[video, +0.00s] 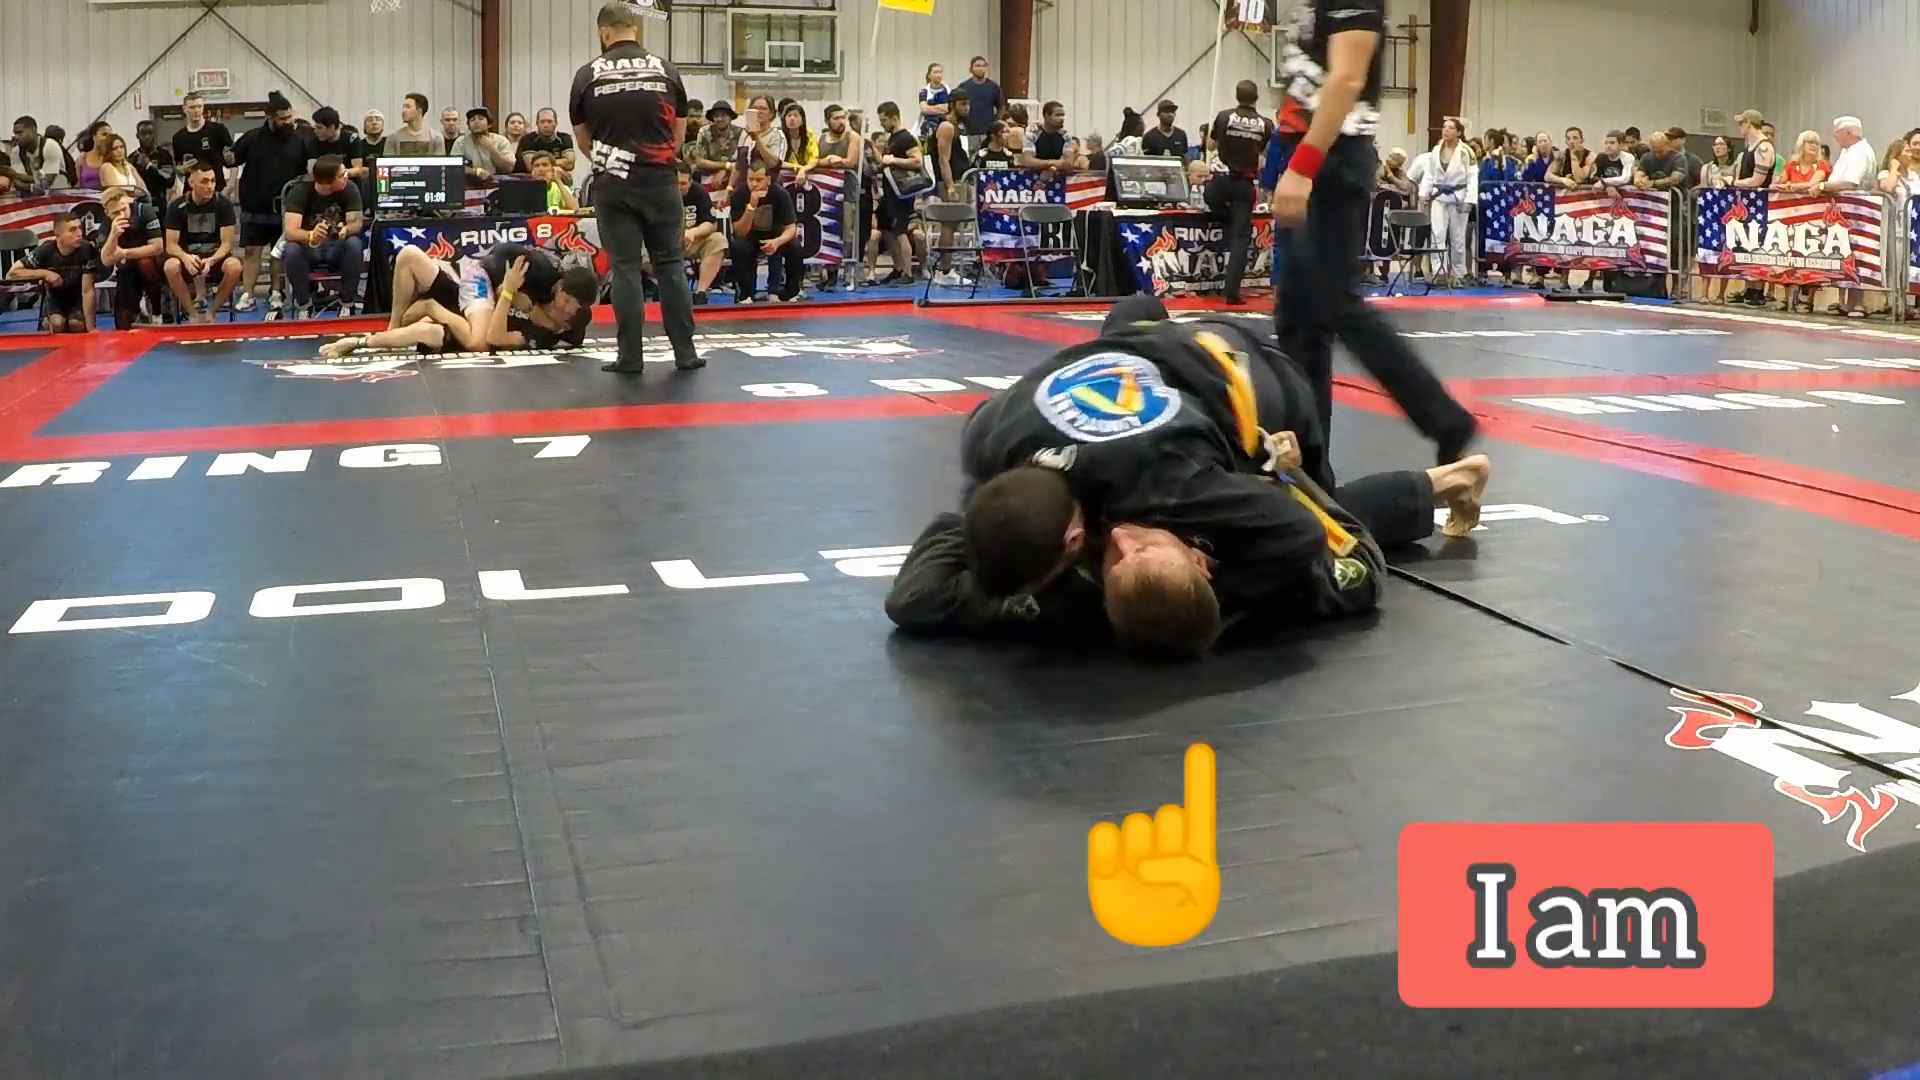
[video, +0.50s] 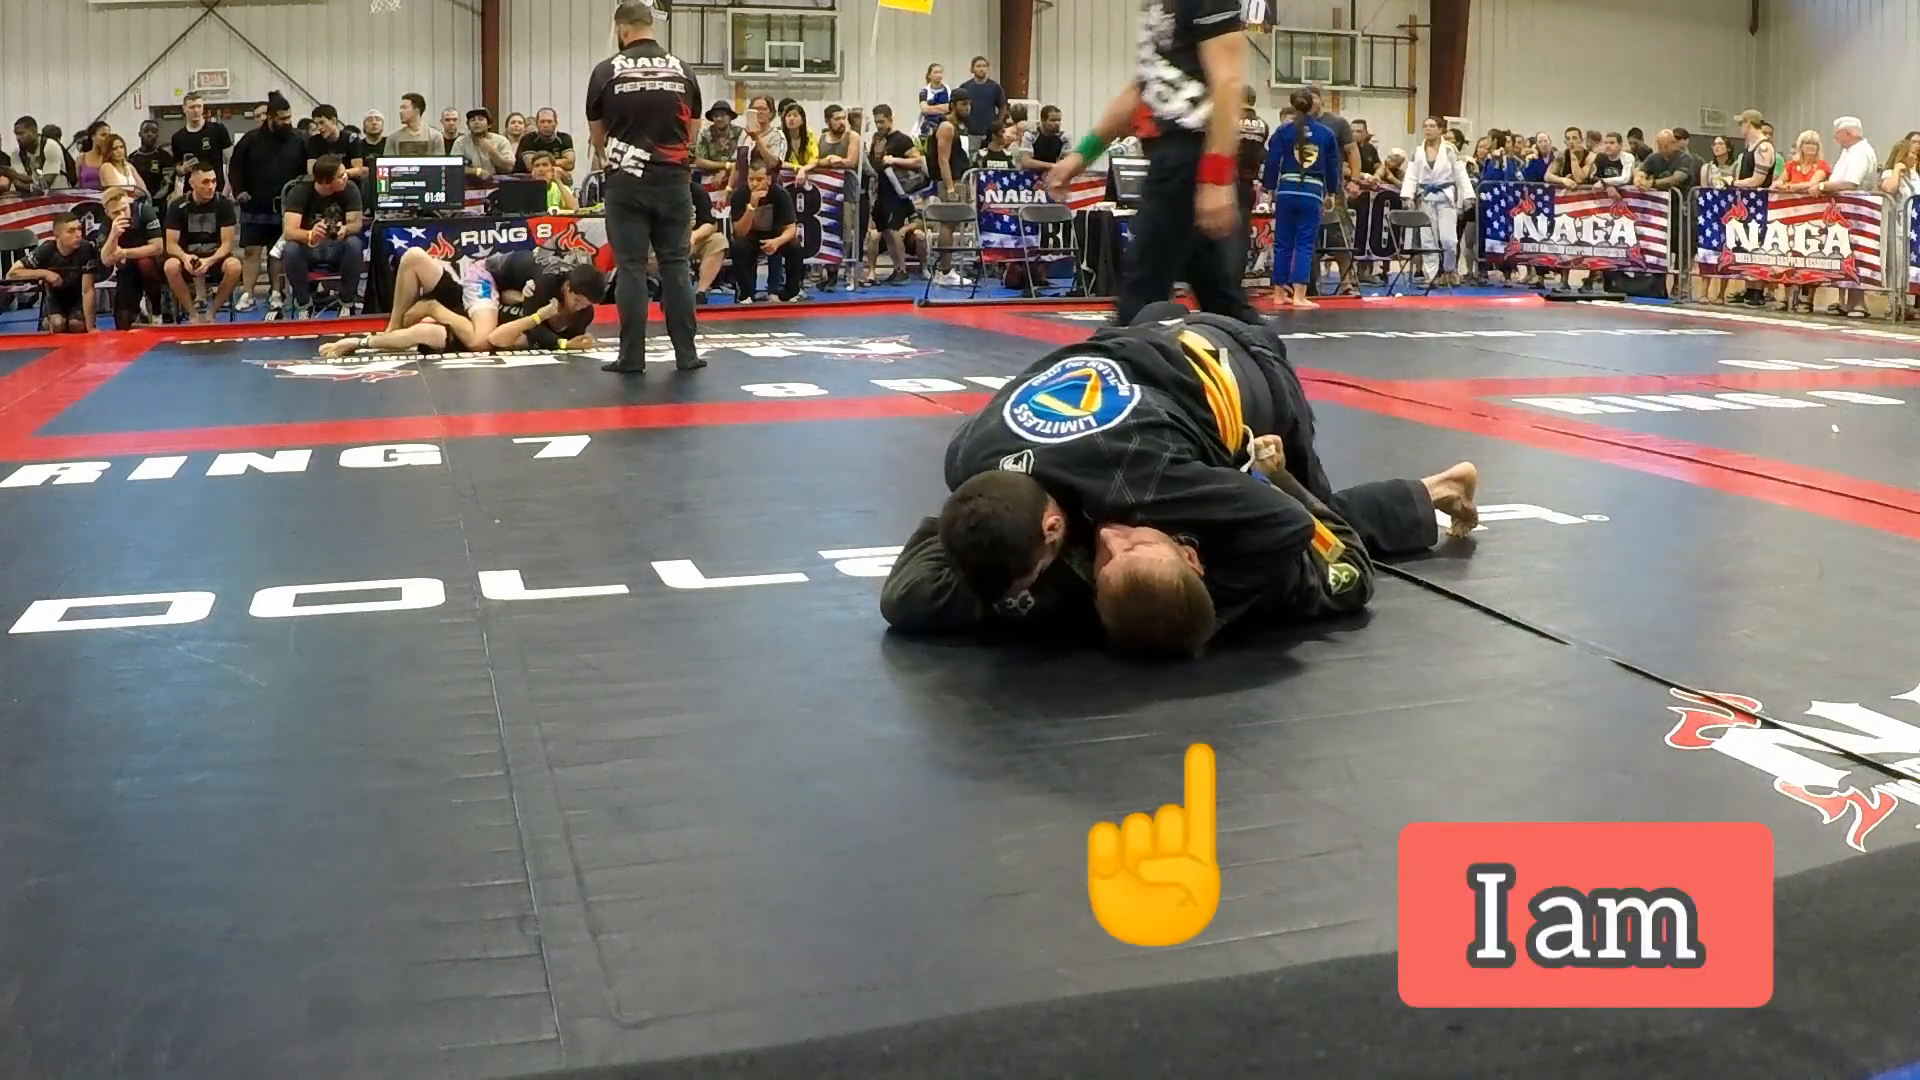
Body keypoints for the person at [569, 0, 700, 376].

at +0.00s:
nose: (601, 40)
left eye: (600, 36)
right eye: (603, 36)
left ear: (603, 34)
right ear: (637, 31)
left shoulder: (588, 73)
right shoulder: (666, 68)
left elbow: (584, 140)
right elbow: (678, 133)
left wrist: (611, 165)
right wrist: (658, 162)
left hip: (612, 184)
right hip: (660, 181)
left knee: (625, 268)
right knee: (670, 263)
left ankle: (630, 357)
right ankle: (685, 353)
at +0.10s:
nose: (602, 39)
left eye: (602, 35)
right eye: (604, 35)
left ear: (606, 32)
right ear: (639, 31)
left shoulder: (590, 73)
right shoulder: (668, 68)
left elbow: (585, 138)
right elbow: (680, 130)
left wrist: (610, 163)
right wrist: (665, 162)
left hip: (614, 184)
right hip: (662, 181)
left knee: (625, 268)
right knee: (670, 264)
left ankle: (630, 358)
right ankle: (685, 353)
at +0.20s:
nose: (607, 39)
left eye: (606, 35)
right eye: (609, 35)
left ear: (610, 32)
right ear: (642, 29)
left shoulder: (594, 72)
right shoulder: (671, 68)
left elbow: (589, 137)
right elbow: (685, 128)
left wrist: (612, 167)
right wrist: (669, 162)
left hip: (617, 183)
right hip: (665, 180)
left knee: (627, 268)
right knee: (672, 263)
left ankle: (631, 358)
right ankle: (686, 354)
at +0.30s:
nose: (610, 38)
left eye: (609, 33)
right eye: (610, 33)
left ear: (615, 30)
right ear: (645, 27)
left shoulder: (597, 73)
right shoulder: (676, 68)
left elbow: (594, 138)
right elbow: (688, 129)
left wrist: (617, 164)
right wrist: (669, 159)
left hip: (620, 183)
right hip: (669, 180)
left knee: (629, 267)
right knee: (674, 263)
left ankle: (631, 358)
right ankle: (686, 355)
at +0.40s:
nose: (614, 38)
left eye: (614, 33)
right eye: (615, 33)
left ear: (620, 31)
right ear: (649, 27)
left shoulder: (602, 71)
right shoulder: (680, 69)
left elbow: (596, 137)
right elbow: (689, 131)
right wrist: (670, 157)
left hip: (623, 183)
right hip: (671, 181)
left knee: (629, 267)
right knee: (675, 263)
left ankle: (631, 358)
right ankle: (686, 354)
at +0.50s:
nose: (617, 37)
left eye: (617, 32)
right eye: (618, 32)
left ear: (622, 30)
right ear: (652, 27)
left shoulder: (606, 71)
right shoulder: (683, 69)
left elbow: (598, 136)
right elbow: (691, 130)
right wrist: (671, 158)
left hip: (626, 183)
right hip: (673, 181)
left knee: (631, 267)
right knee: (677, 263)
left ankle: (631, 358)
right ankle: (686, 354)